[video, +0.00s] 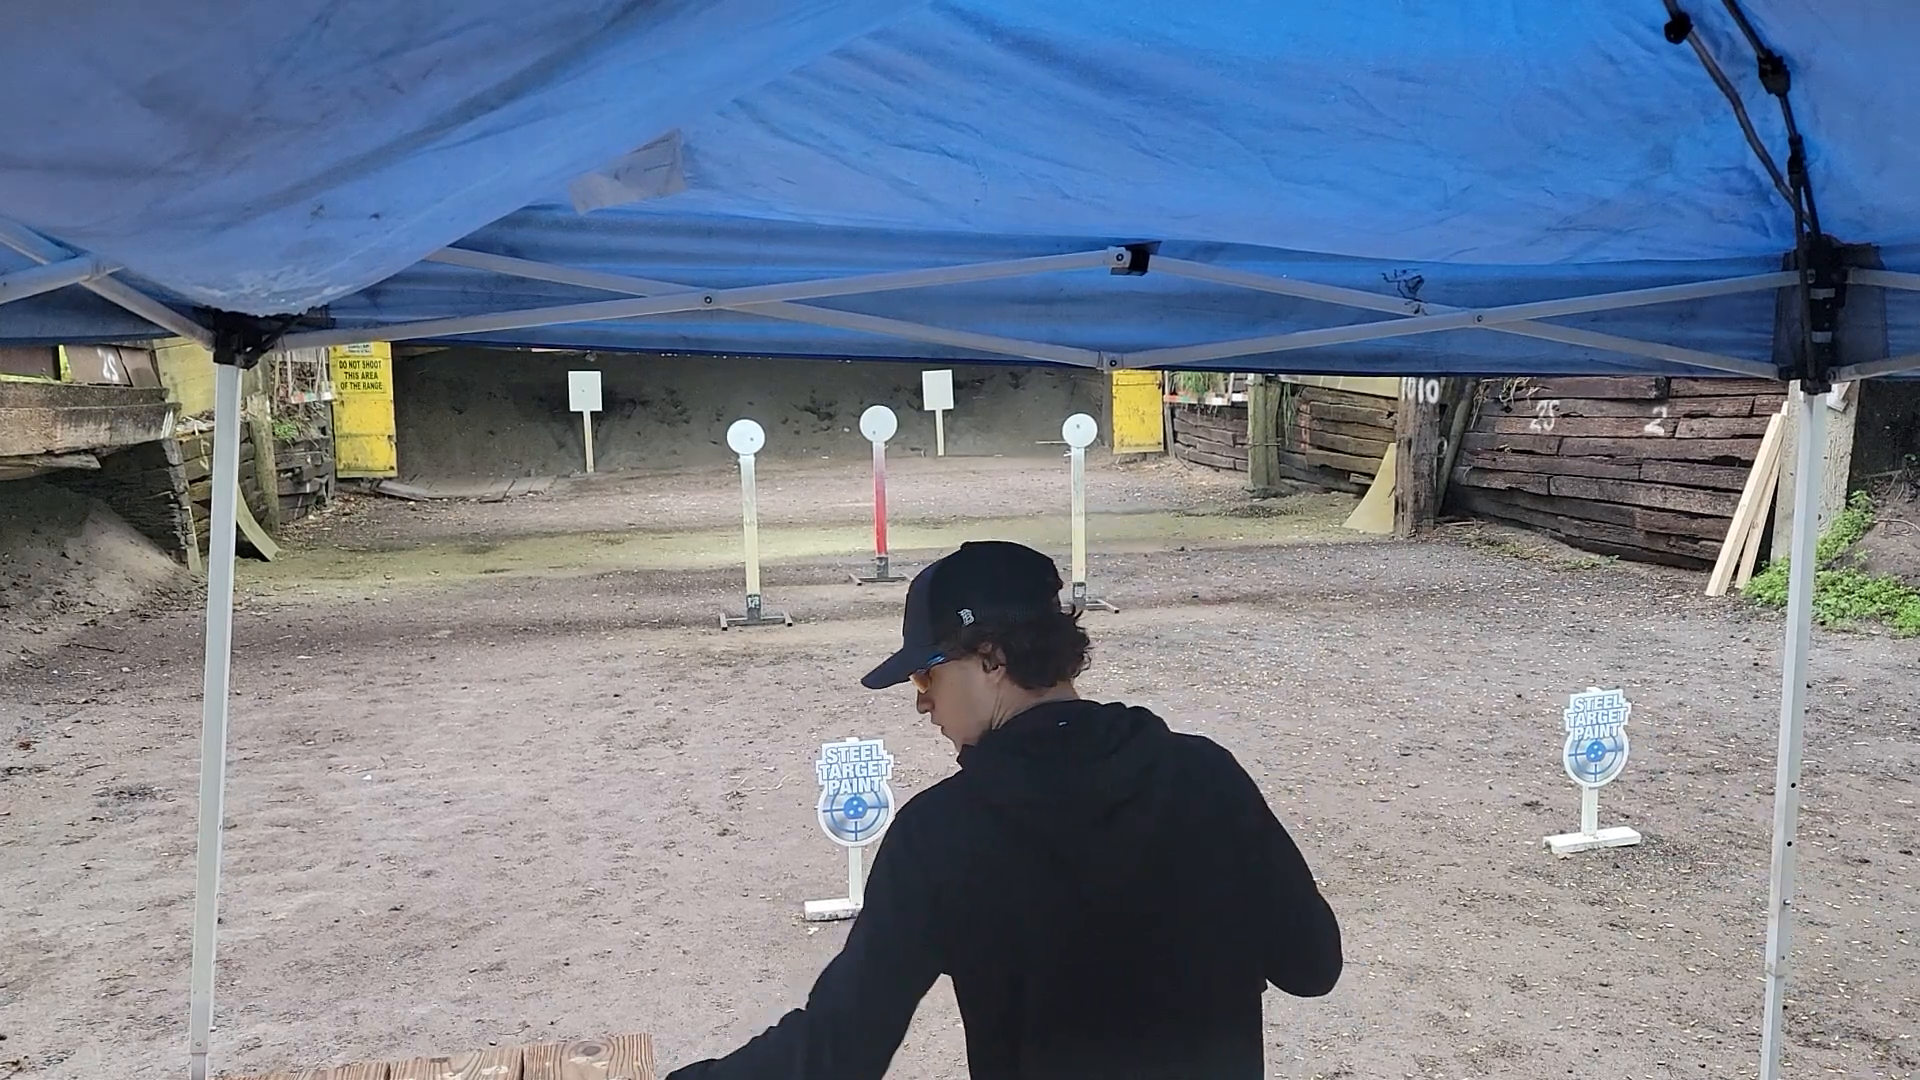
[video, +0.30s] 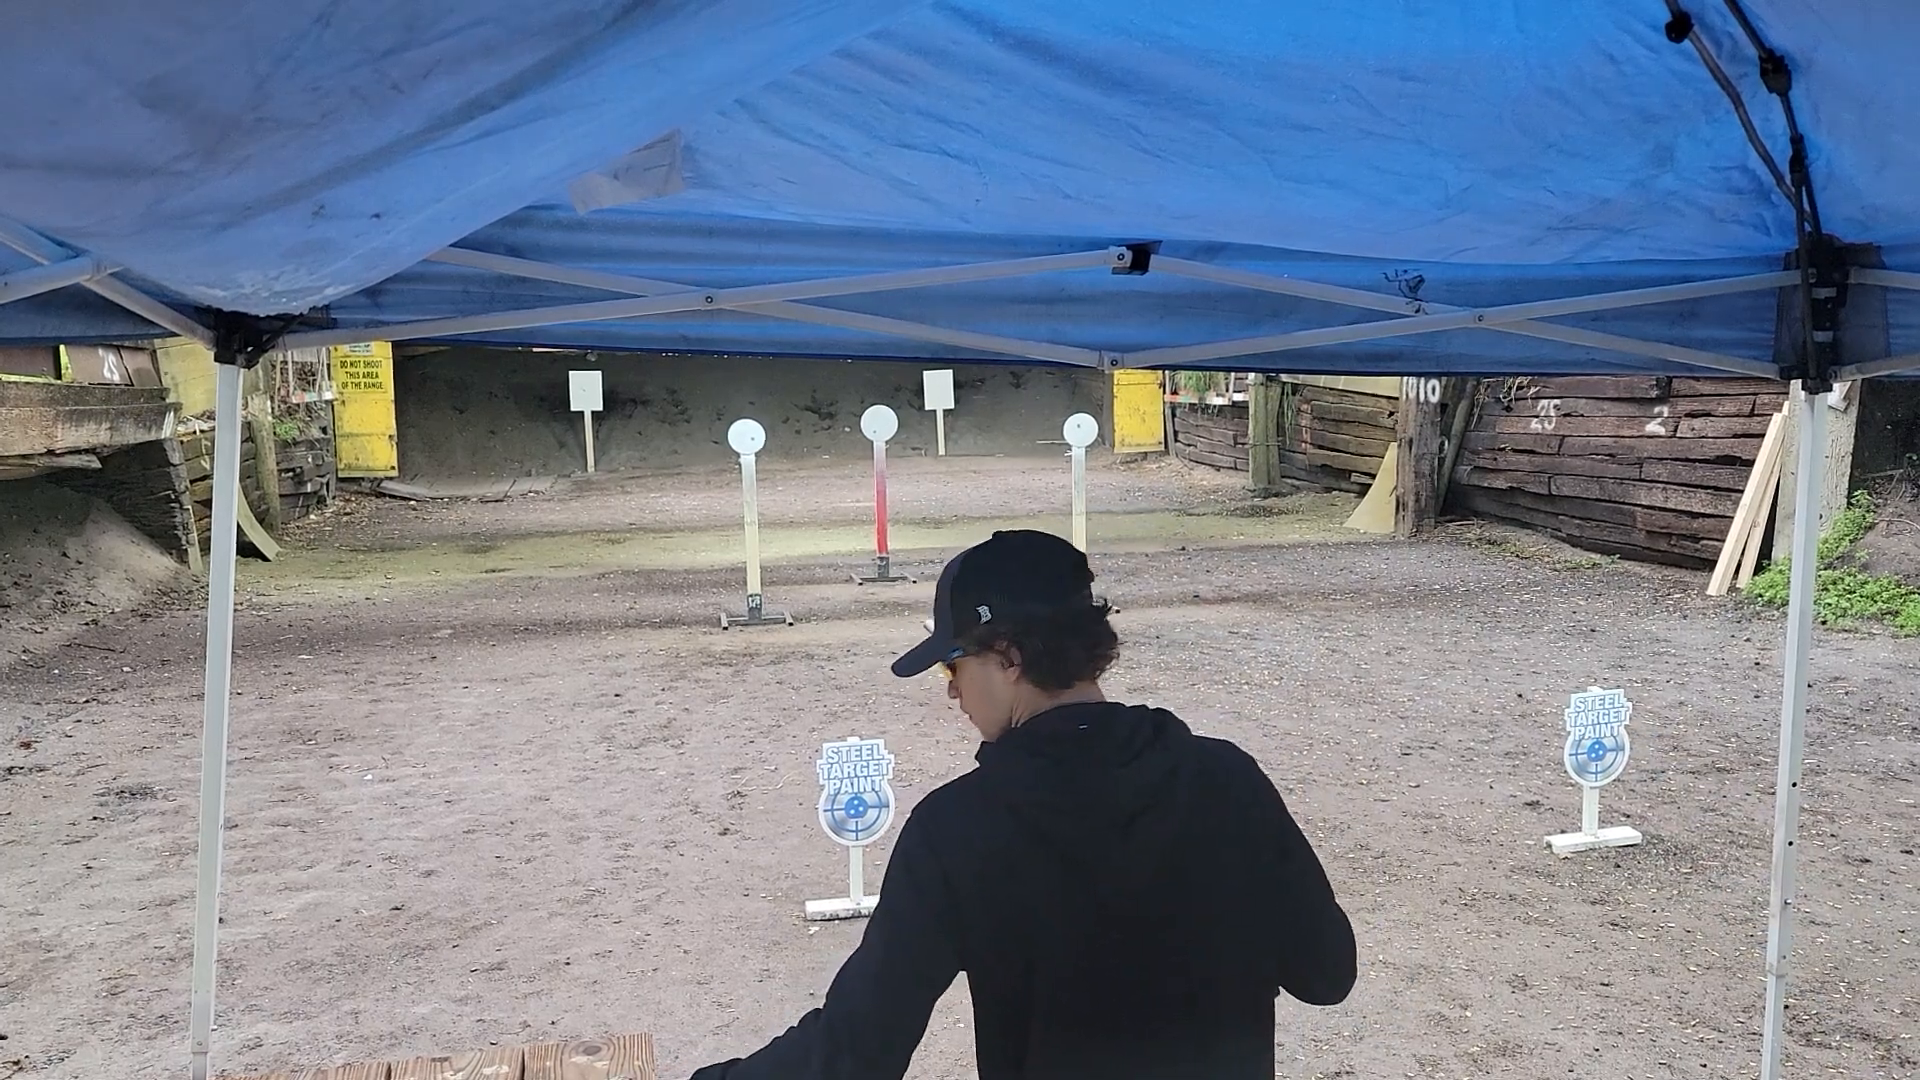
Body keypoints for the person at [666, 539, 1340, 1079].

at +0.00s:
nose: (922, 705)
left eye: (927, 677)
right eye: (918, 682)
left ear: (989, 661)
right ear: (1054, 651)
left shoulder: (944, 827)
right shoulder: (1206, 775)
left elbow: (839, 1046)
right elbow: (1315, 964)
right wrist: (1191, 896)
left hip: (1031, 1069)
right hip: (1213, 1071)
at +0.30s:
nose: (952, 698)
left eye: (954, 670)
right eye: (947, 674)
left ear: (1007, 656)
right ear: (1085, 646)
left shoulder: (960, 822)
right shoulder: (1228, 778)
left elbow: (860, 1041)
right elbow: (1329, 972)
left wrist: (696, 1076)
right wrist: (1209, 897)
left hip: (1041, 1064)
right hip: (1224, 1065)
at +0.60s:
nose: (986, 654)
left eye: (985, 637)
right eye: (991, 630)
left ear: (998, 655)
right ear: (1130, 629)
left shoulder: (967, 825)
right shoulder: (1240, 785)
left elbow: (858, 1043)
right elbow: (1332, 976)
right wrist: (1213, 882)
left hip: (1040, 1071)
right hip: (1224, 1071)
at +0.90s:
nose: (1001, 640)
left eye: (1003, 621)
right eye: (1004, 619)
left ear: (1019, 641)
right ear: (1150, 627)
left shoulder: (978, 822)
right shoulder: (1251, 785)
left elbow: (884, 1044)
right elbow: (1340, 978)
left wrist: (695, 1079)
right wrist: (1226, 889)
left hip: (1050, 1068)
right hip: (1227, 1068)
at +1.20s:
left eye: (1034, 622)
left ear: (1043, 642)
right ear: (1178, 621)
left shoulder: (992, 821)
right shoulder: (1277, 793)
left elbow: (950, 1057)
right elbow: (1356, 994)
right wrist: (1236, 908)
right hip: (1235, 1071)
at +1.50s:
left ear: (1071, 642)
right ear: (1210, 623)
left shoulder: (1007, 799)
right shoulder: (1303, 806)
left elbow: (994, 994)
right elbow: (1385, 1009)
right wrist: (1254, 937)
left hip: (1056, 1068)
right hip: (1247, 1066)